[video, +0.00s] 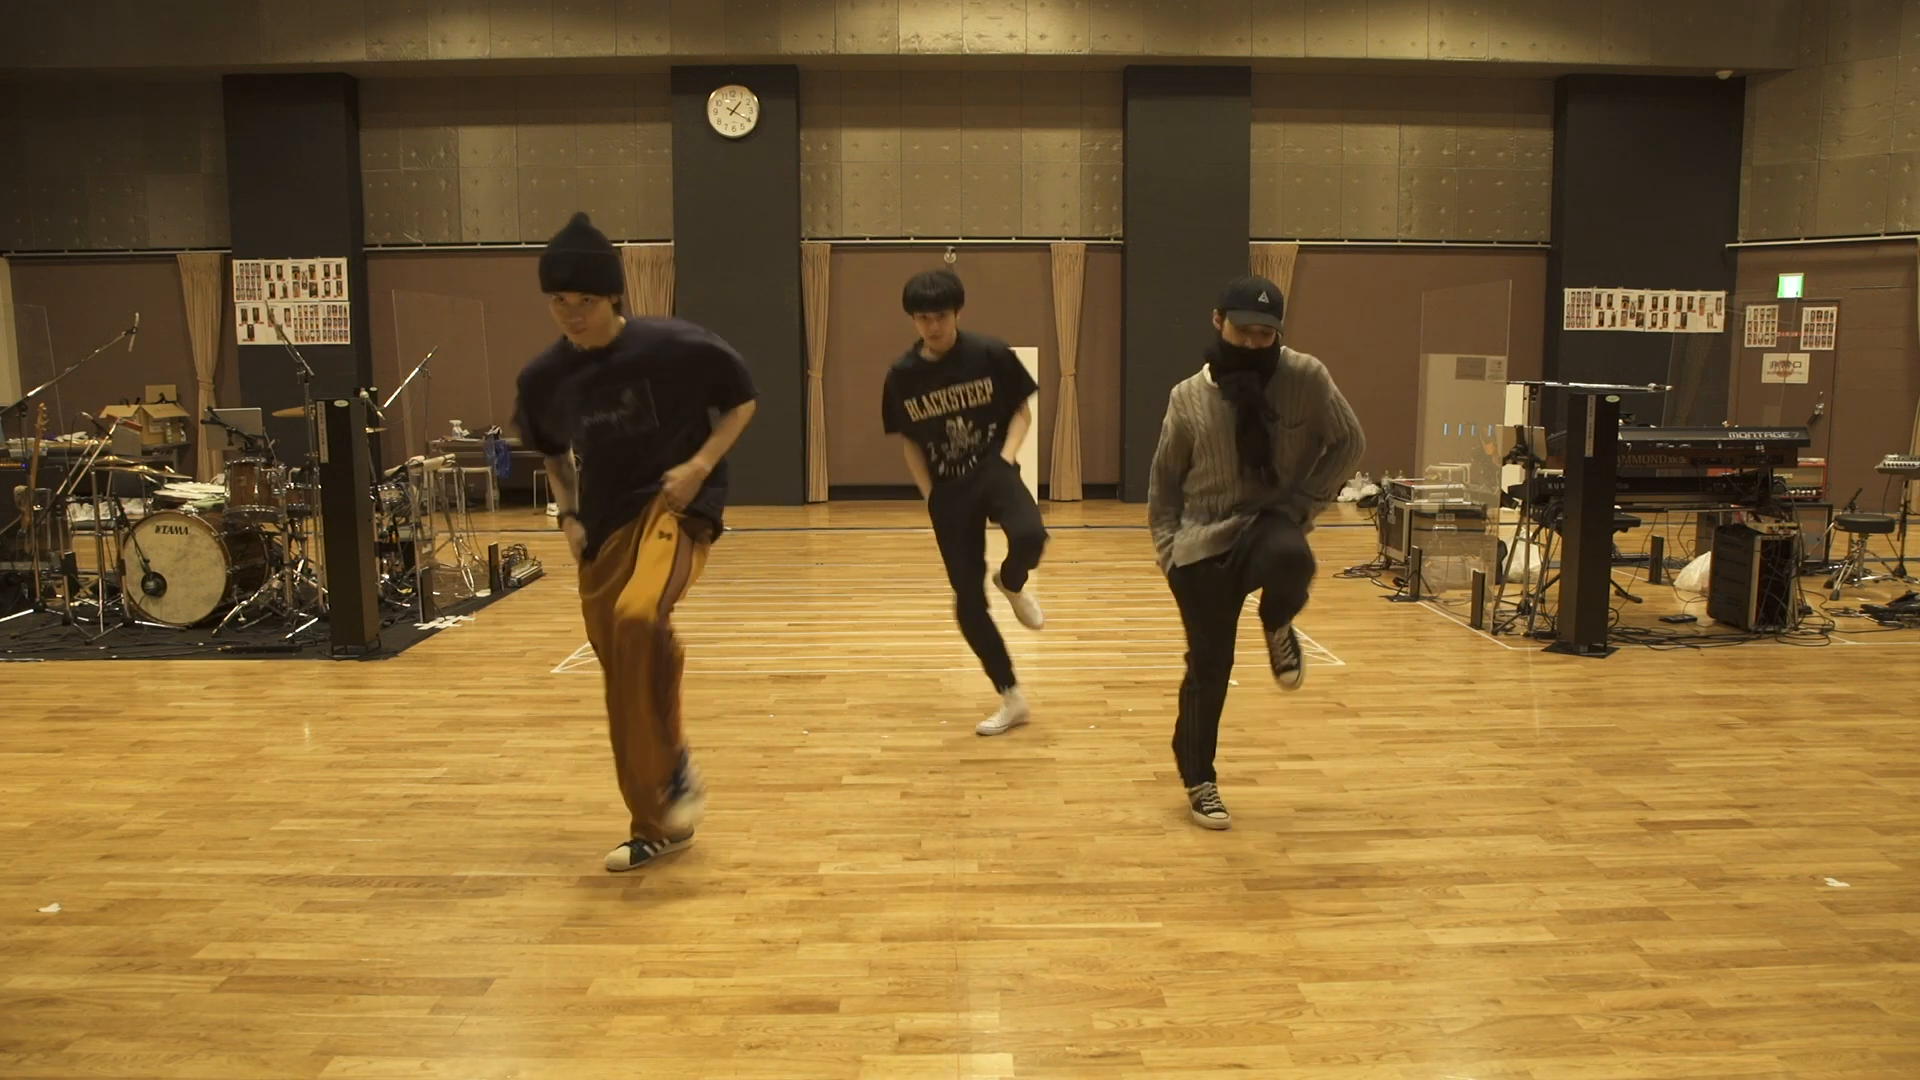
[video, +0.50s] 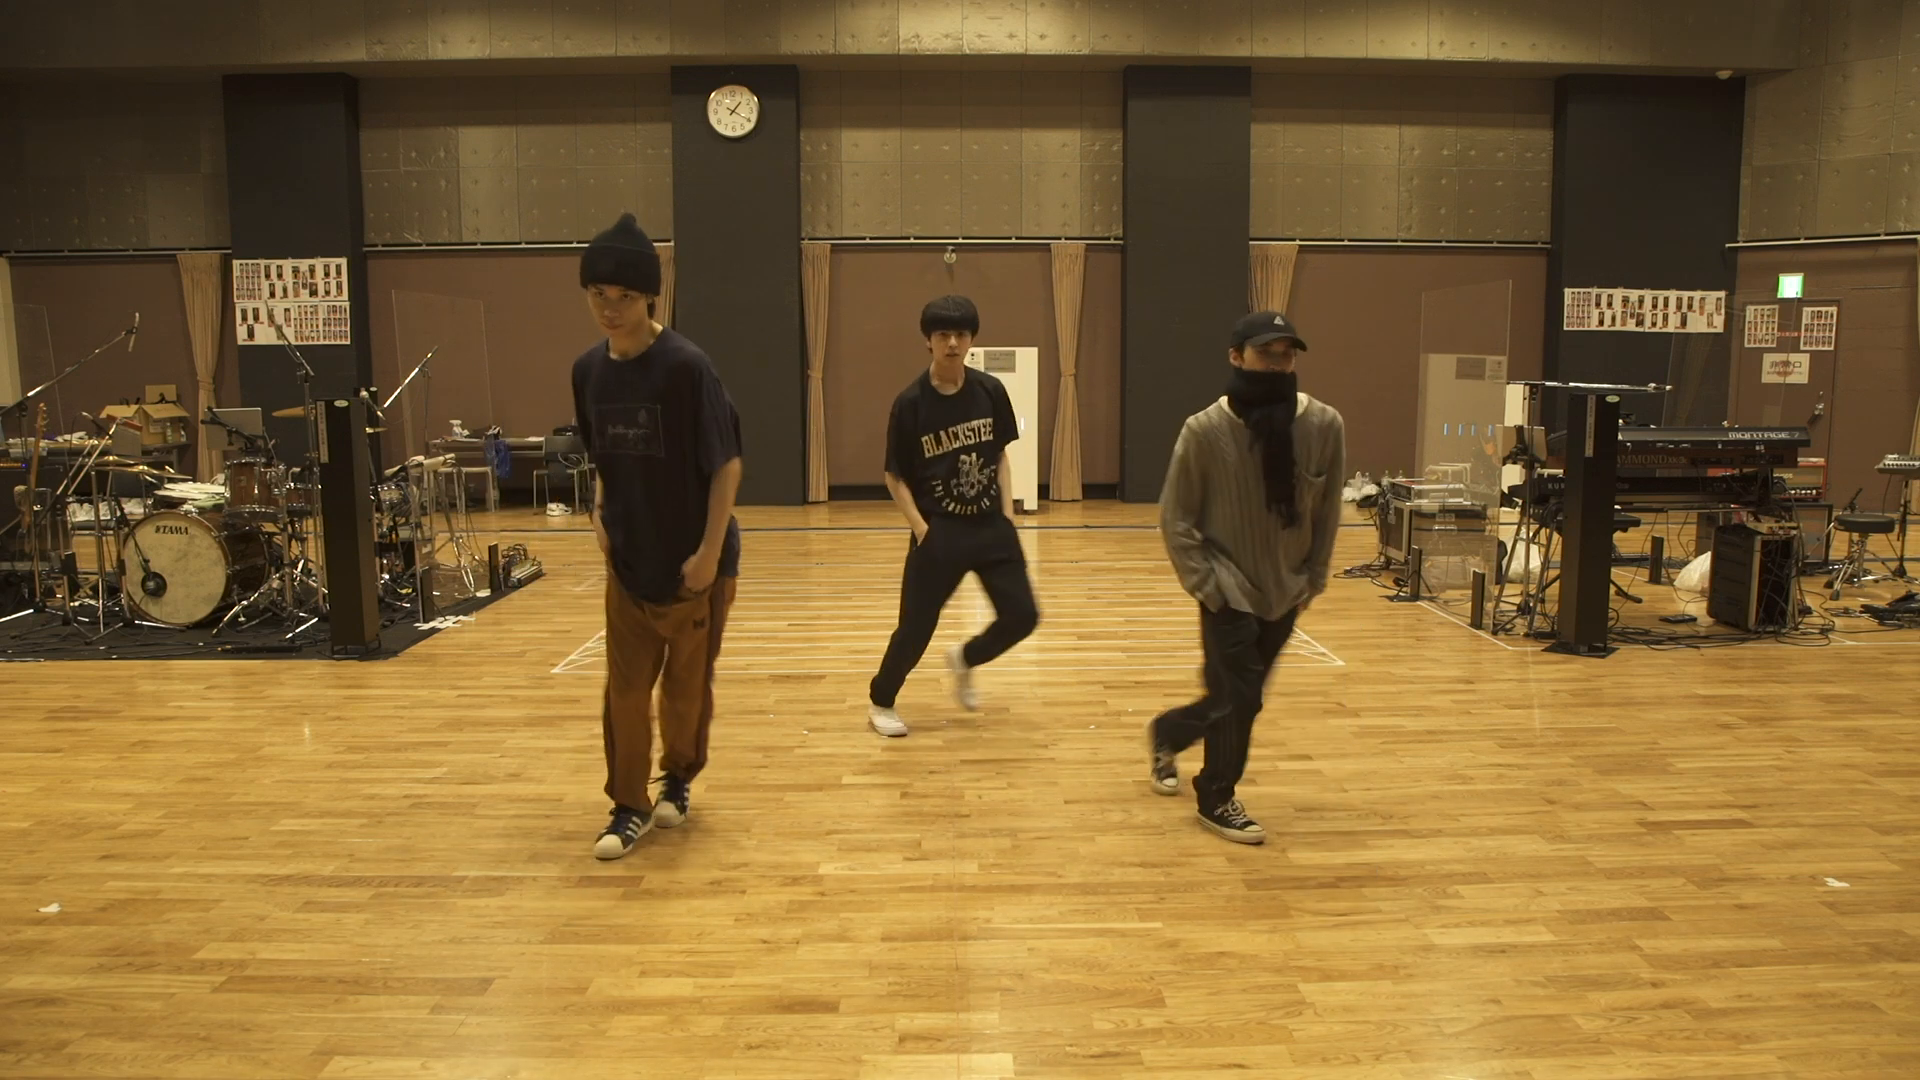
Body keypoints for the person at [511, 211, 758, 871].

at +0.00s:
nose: (568, 317)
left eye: (580, 303)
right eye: (558, 304)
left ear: (613, 295)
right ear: (548, 302)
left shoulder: (673, 345)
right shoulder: (545, 378)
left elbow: (742, 400)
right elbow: (553, 452)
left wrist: (699, 465)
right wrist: (570, 514)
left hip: (672, 512)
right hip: (604, 534)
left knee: (636, 616)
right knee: (621, 675)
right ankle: (651, 826)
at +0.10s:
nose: (579, 308)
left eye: (592, 296)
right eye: (569, 296)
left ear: (621, 291)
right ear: (558, 295)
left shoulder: (674, 350)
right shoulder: (553, 370)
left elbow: (742, 408)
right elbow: (559, 456)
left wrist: (702, 479)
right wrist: (566, 514)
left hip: (665, 521)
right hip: (597, 540)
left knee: (662, 629)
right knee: (626, 690)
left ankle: (689, 709)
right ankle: (662, 822)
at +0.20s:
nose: (589, 295)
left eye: (601, 283)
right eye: (579, 283)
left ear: (630, 279)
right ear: (567, 282)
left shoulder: (680, 344)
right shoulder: (558, 356)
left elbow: (731, 422)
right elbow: (568, 432)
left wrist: (696, 492)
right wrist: (571, 493)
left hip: (669, 535)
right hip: (599, 541)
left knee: (677, 687)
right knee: (618, 684)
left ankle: (678, 750)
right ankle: (647, 818)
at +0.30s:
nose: (601, 295)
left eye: (614, 284)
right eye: (591, 284)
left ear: (642, 284)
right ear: (579, 286)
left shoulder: (682, 359)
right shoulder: (579, 356)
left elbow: (732, 449)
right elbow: (592, 447)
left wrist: (696, 530)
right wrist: (588, 512)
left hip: (673, 544)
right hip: (607, 540)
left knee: (670, 669)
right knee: (577, 641)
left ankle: (671, 781)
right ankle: (641, 746)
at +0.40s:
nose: (605, 297)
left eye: (618, 286)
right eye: (594, 286)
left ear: (647, 286)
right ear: (582, 287)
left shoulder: (684, 360)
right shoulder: (587, 354)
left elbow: (726, 456)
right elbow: (599, 445)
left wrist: (700, 541)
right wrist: (597, 513)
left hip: (676, 550)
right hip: (611, 539)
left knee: (671, 671)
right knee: (589, 660)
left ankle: (673, 780)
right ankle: (651, 748)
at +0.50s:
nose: (610, 308)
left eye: (622, 297)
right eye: (600, 297)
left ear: (651, 296)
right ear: (588, 298)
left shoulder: (688, 368)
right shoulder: (589, 372)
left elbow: (727, 464)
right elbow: (602, 465)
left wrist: (708, 553)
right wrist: (605, 530)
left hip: (694, 559)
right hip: (629, 558)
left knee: (686, 682)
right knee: (625, 688)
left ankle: (679, 778)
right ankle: (628, 807)